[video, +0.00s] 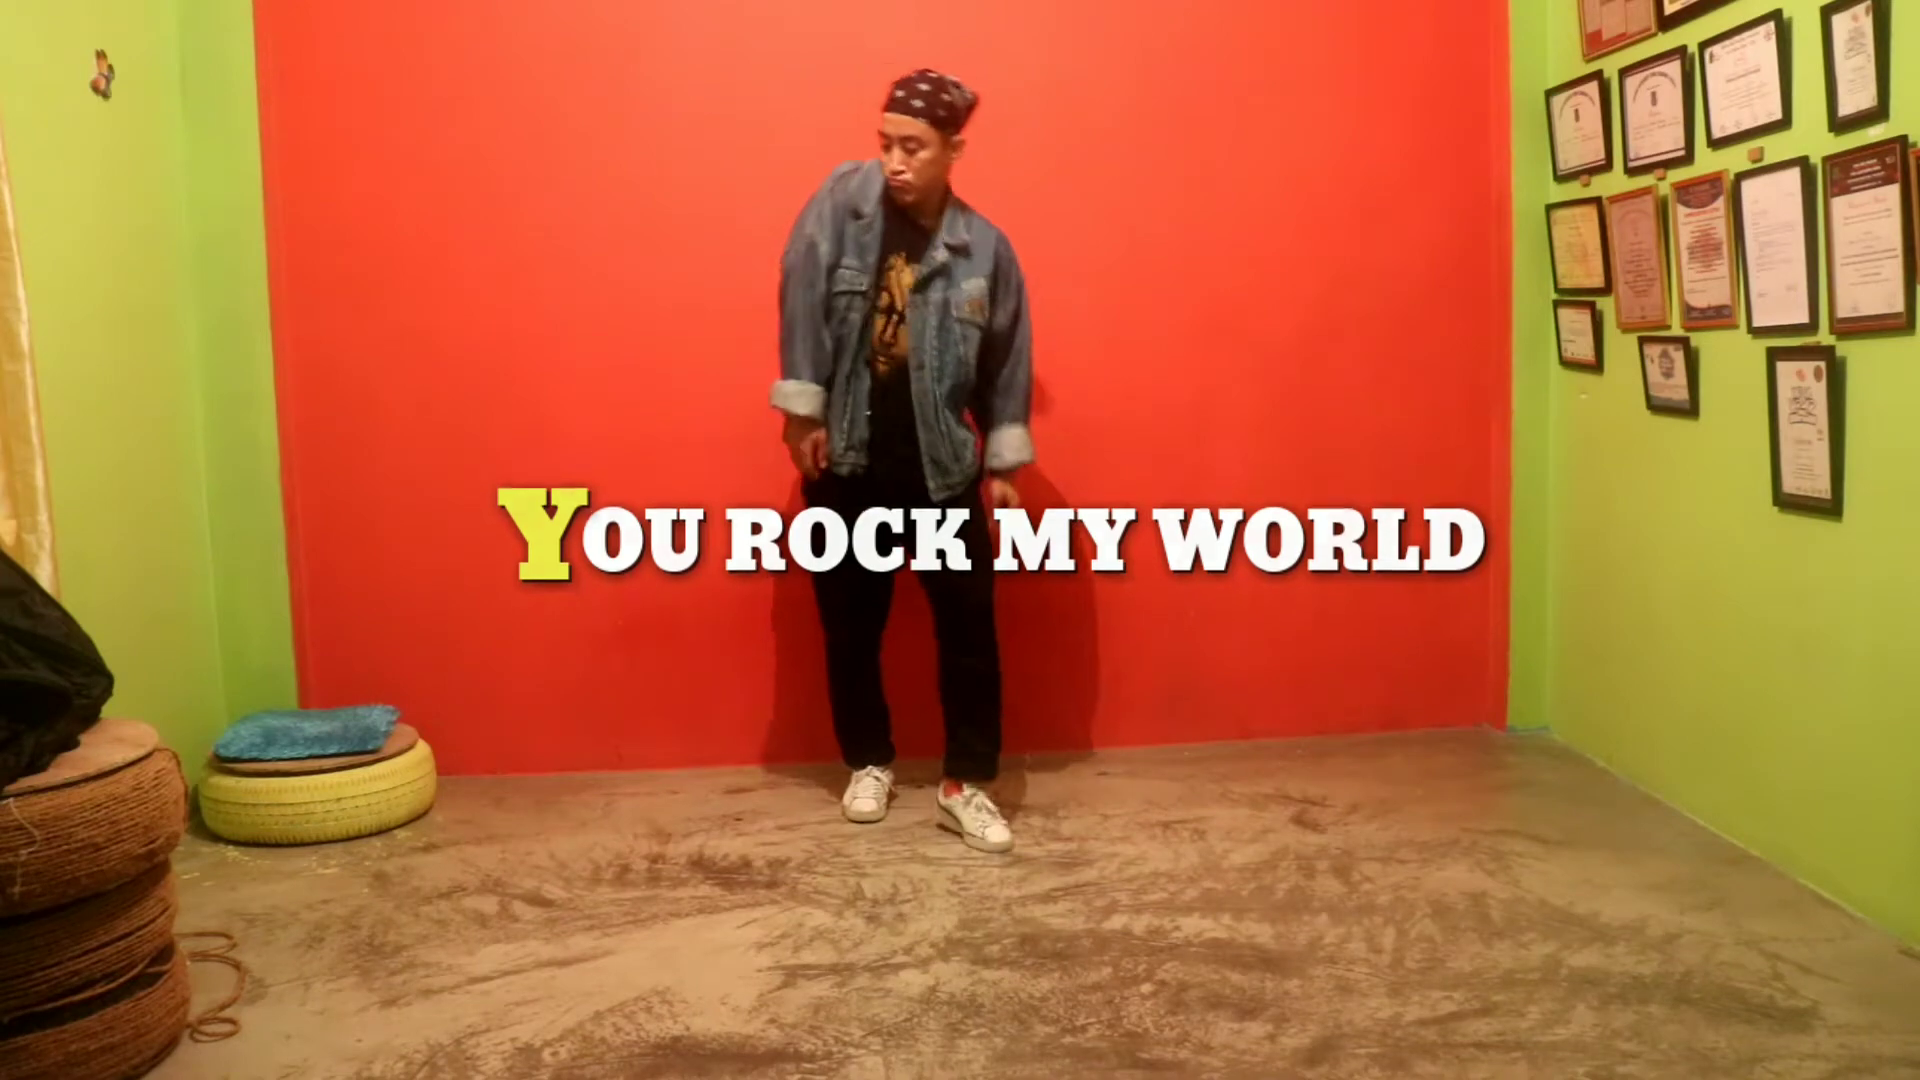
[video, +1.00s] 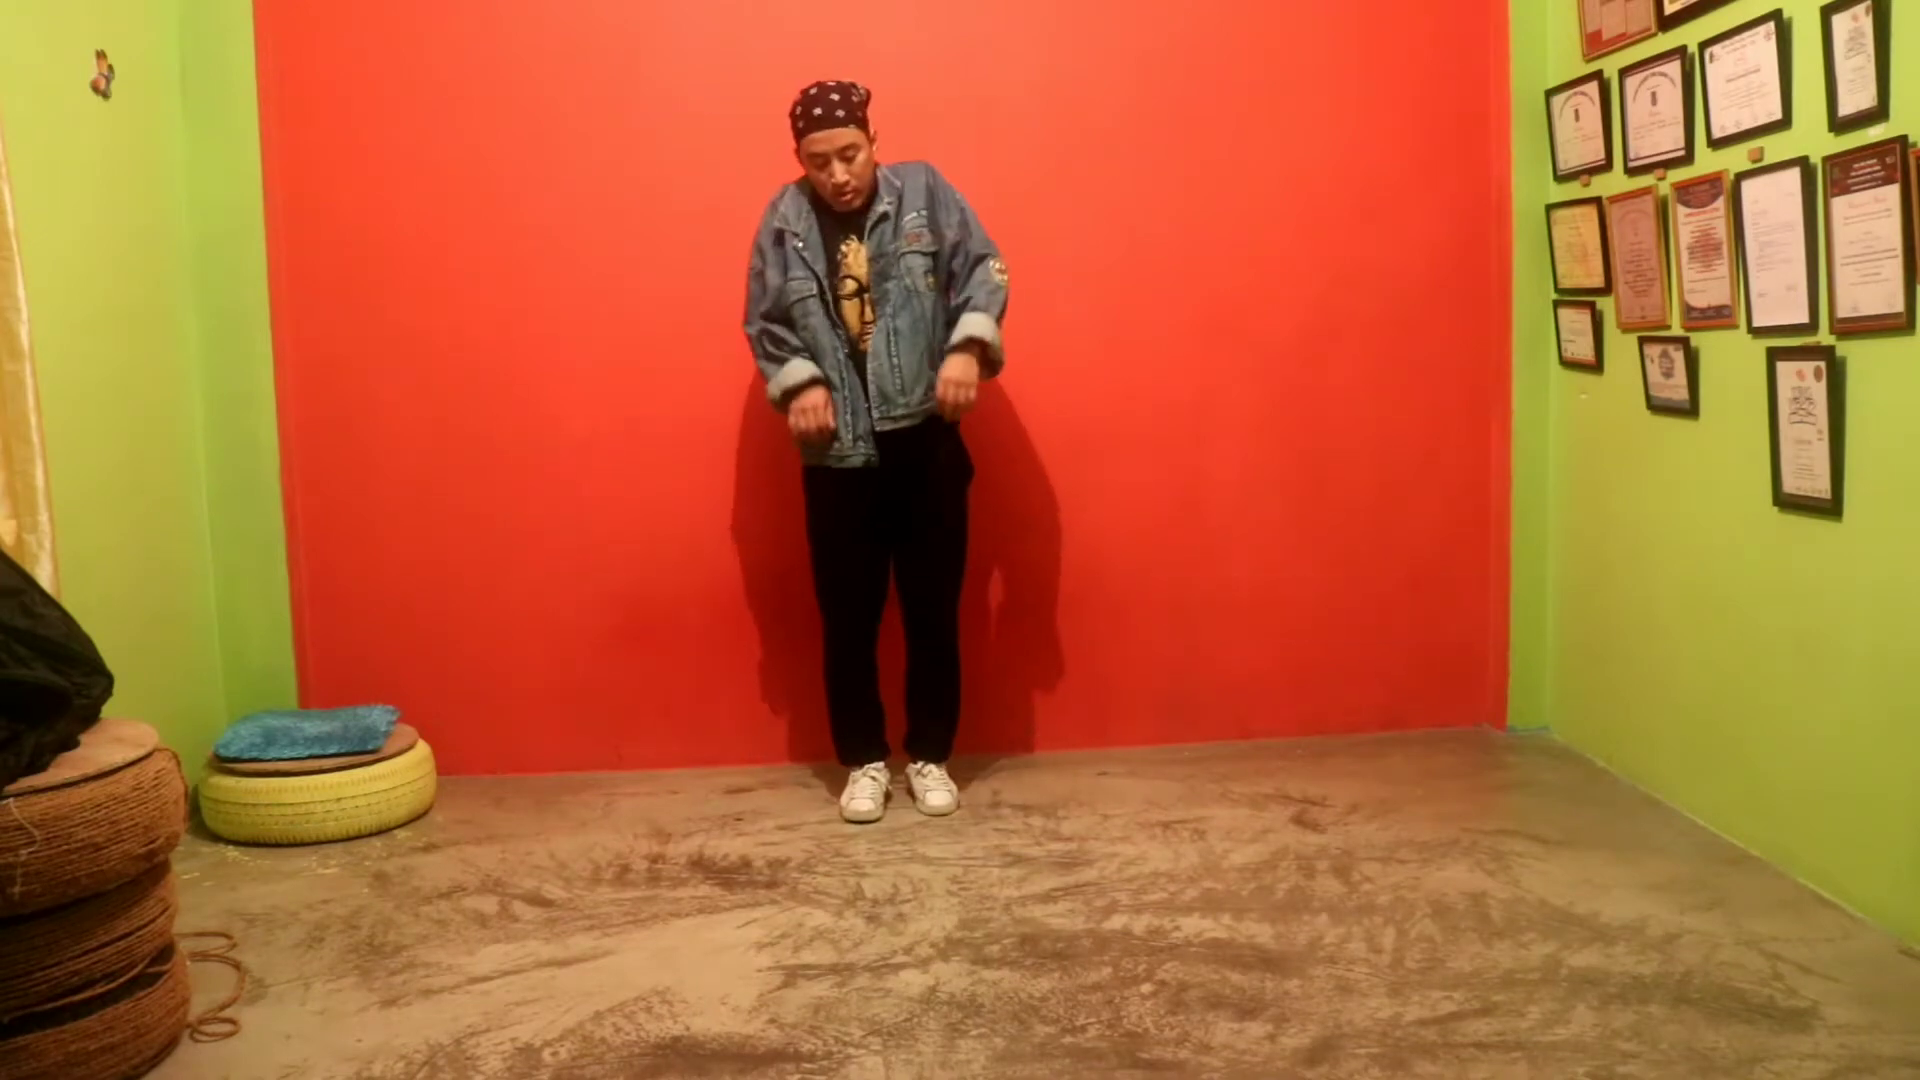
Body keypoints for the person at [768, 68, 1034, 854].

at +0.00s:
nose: (894, 161)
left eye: (913, 147)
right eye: (887, 144)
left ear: (953, 152)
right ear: (877, 141)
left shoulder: (987, 249)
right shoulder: (844, 197)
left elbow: (1007, 363)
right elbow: (801, 298)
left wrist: (1001, 463)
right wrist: (804, 411)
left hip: (944, 457)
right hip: (849, 450)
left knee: (968, 616)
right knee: (850, 617)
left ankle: (965, 781)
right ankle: (868, 765)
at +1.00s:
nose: (838, 174)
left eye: (849, 154)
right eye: (821, 161)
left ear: (873, 143)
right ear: (800, 161)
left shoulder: (923, 191)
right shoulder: (783, 223)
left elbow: (982, 272)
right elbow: (767, 321)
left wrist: (965, 350)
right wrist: (799, 383)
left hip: (928, 442)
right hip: (838, 456)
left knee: (933, 610)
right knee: (849, 616)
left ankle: (929, 759)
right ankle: (865, 764)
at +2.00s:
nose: (894, 269)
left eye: (906, 251)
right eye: (877, 253)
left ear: (925, 245)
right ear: (852, 251)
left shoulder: (965, 331)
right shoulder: (813, 335)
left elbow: (980, 433)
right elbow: (791, 440)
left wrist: (961, 457)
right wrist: (829, 481)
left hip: (937, 521)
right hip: (844, 522)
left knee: (1001, 635)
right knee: (795, 640)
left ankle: (929, 762)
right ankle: (856, 764)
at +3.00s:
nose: (942, 269)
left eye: (954, 253)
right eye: (928, 254)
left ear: (967, 240)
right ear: (895, 233)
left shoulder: (972, 276)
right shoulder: (849, 262)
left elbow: (972, 369)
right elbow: (822, 357)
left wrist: (967, 457)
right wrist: (825, 456)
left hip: (926, 476)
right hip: (839, 475)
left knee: (970, 609)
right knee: (805, 614)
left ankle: (983, 750)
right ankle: (801, 756)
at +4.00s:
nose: (870, 224)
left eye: (880, 211)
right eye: (855, 216)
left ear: (900, 184)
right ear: (830, 195)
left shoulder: (943, 218)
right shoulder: (795, 236)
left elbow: (963, 321)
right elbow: (784, 335)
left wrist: (961, 424)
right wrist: (814, 425)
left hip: (926, 459)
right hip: (840, 462)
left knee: (926, 614)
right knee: (850, 615)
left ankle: (917, 762)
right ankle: (865, 765)